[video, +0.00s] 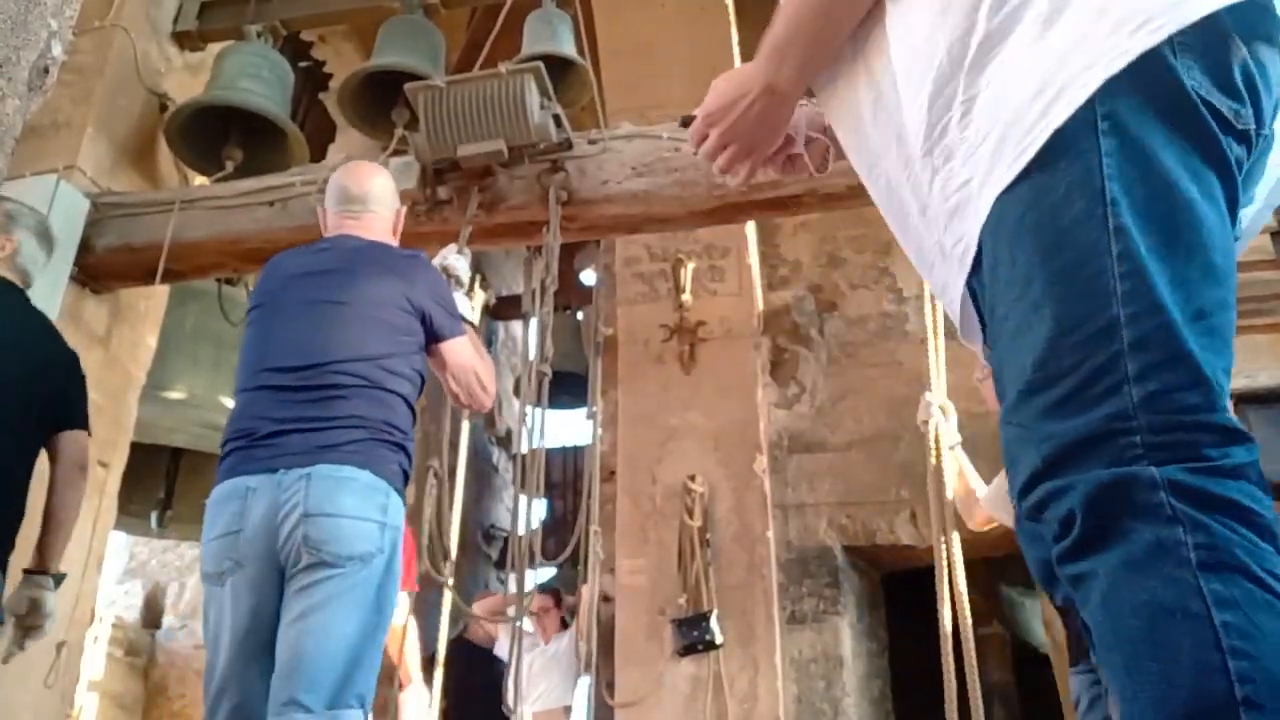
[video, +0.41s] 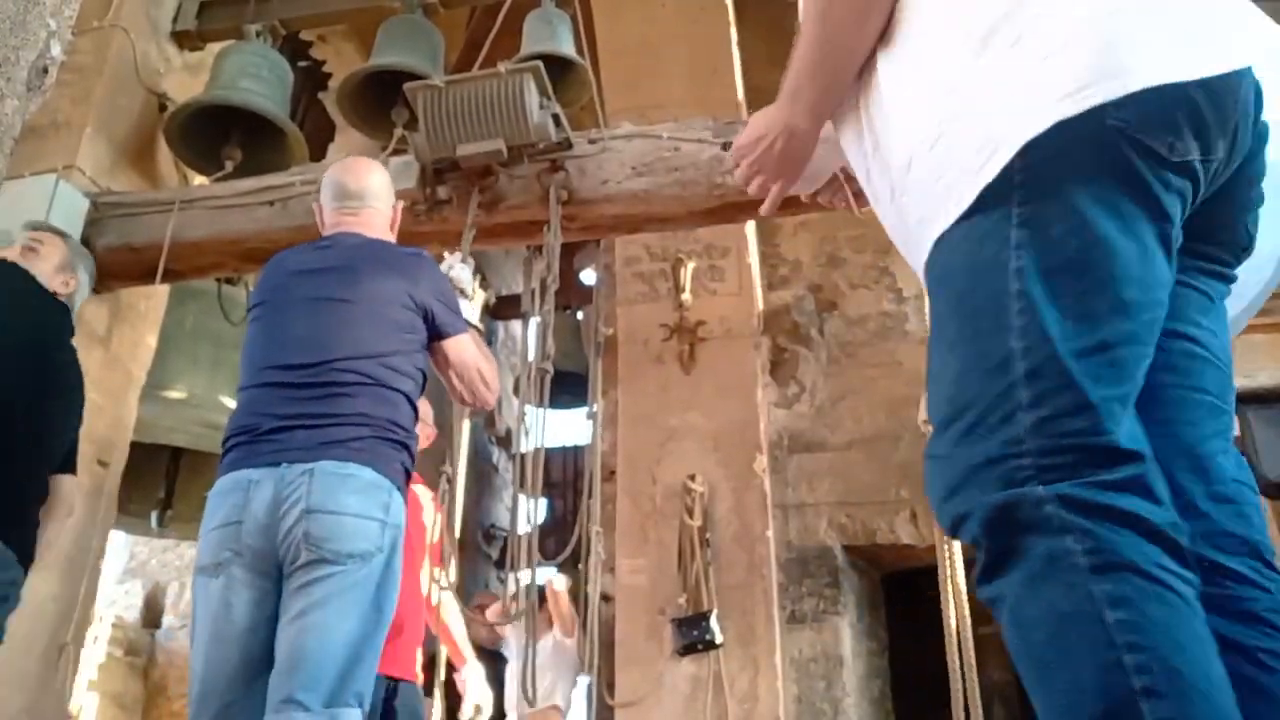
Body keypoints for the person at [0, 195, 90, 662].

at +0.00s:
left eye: (0, 233)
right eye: (4, 236)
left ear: (7, 245)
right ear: (27, 253)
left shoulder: (46, 346)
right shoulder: (47, 347)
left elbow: (73, 458)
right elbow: (74, 459)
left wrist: (42, 574)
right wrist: (43, 574)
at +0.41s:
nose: (7, 253)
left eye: (31, 249)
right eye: (14, 245)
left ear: (66, 285)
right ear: (65, 289)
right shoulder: (67, 371)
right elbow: (61, 503)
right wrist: (17, 574)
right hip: (5, 555)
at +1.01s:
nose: (8, 263)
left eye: (13, 256)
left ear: (22, 260)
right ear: (81, 294)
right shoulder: (87, 371)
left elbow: (78, 495)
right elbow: (77, 497)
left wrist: (19, 590)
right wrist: (19, 590)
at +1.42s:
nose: (70, 307)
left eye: (74, 296)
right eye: (73, 294)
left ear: (4, 266)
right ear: (53, 281)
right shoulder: (60, 343)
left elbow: (69, 462)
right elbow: (69, 461)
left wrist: (48, 579)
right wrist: (50, 580)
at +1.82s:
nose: (115, 294)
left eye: (119, 283)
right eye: (107, 274)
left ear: (55, 268)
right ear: (59, 264)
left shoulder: (12, 311)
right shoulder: (50, 320)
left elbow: (27, 425)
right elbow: (30, 422)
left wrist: (67, 548)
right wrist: (69, 549)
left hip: (9, 567)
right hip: (8, 569)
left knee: (11, 701)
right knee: (7, 703)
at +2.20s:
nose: (161, 298)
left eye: (165, 290)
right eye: (152, 280)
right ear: (103, 272)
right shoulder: (69, 314)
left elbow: (35, 470)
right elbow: (36, 399)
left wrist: (100, 546)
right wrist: (119, 504)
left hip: (28, 564)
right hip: (17, 562)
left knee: (7, 702)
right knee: (3, 702)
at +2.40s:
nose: (175, 299)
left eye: (179, 292)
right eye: (164, 280)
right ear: (115, 274)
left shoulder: (100, 360)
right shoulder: (67, 314)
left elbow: (67, 487)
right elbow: (10, 392)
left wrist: (92, 577)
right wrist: (60, 508)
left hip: (24, 573)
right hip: (8, 567)